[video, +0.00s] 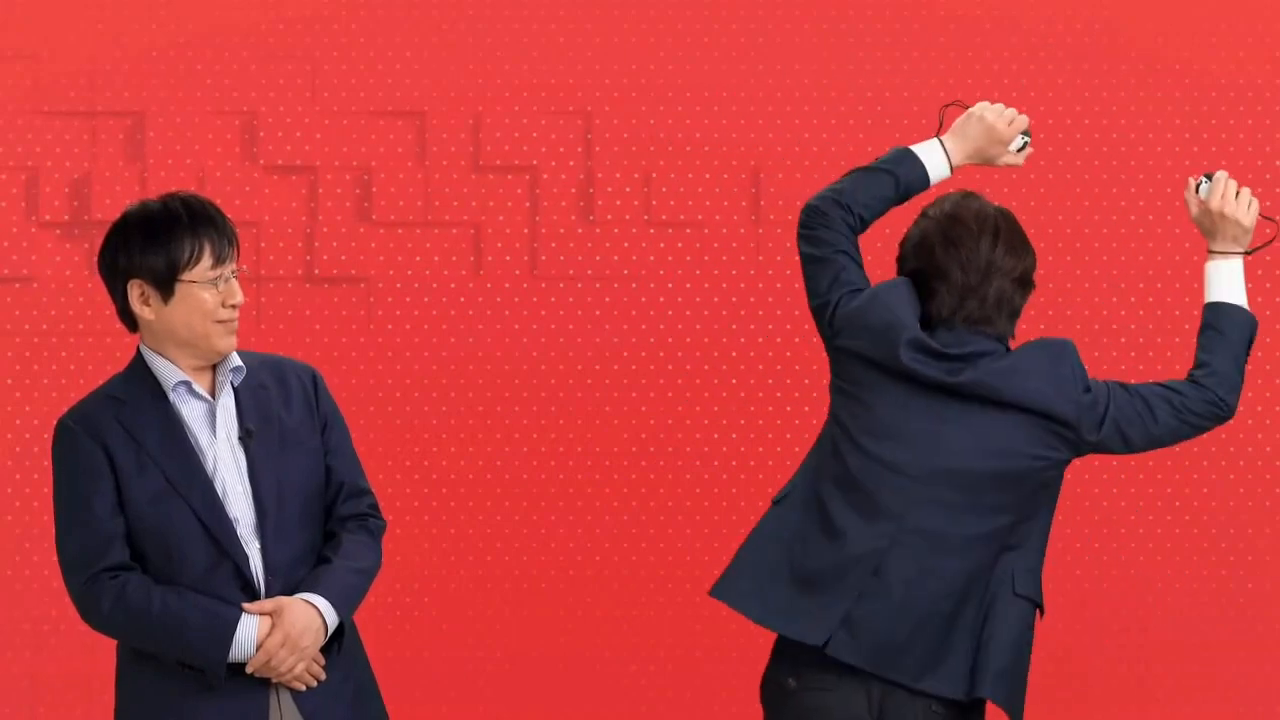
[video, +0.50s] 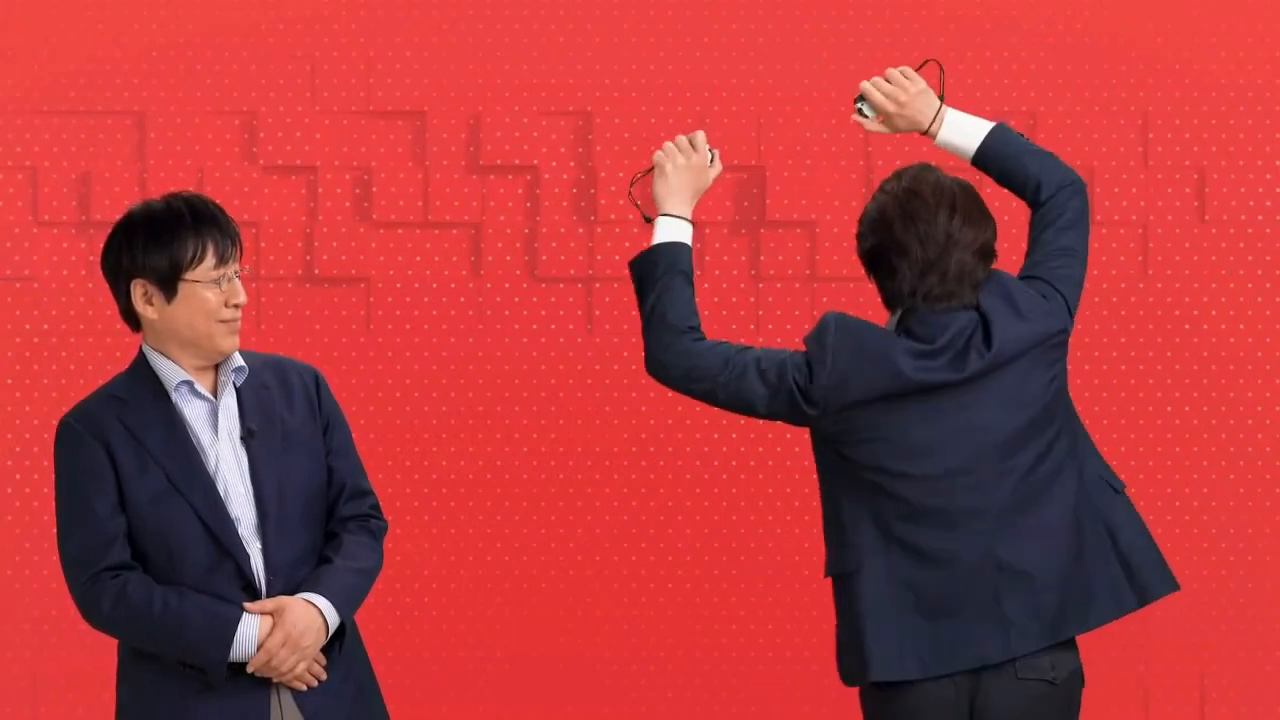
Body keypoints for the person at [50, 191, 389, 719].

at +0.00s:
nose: (235, 297)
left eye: (234, 277)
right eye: (212, 282)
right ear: (145, 300)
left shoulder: (299, 388)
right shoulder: (90, 433)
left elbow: (360, 523)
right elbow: (103, 590)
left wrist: (319, 611)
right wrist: (250, 638)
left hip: (332, 699)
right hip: (191, 707)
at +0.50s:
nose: (239, 297)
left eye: (236, 278)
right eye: (215, 282)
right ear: (148, 300)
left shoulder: (301, 389)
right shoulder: (93, 432)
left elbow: (361, 523)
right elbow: (103, 589)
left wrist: (319, 611)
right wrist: (250, 638)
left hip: (334, 699)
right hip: (192, 707)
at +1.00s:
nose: (237, 297)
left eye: (235, 277)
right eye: (214, 282)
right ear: (147, 300)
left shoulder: (300, 389)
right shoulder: (92, 432)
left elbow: (360, 524)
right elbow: (103, 590)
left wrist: (319, 612)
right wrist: (250, 639)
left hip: (333, 699)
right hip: (191, 707)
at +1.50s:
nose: (237, 298)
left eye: (235, 278)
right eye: (214, 282)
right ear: (146, 300)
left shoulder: (301, 389)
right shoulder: (92, 432)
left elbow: (361, 523)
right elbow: (103, 590)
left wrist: (320, 612)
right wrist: (251, 639)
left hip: (334, 700)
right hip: (192, 708)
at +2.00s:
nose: (240, 297)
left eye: (239, 277)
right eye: (217, 282)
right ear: (149, 300)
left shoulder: (303, 388)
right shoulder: (94, 432)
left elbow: (363, 524)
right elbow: (105, 590)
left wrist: (321, 613)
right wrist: (251, 639)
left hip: (335, 699)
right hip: (193, 706)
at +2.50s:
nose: (245, 297)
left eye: (242, 277)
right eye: (222, 282)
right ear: (153, 299)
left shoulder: (307, 389)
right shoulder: (97, 431)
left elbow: (366, 524)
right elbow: (107, 589)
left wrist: (324, 613)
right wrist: (252, 638)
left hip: (337, 700)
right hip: (194, 708)